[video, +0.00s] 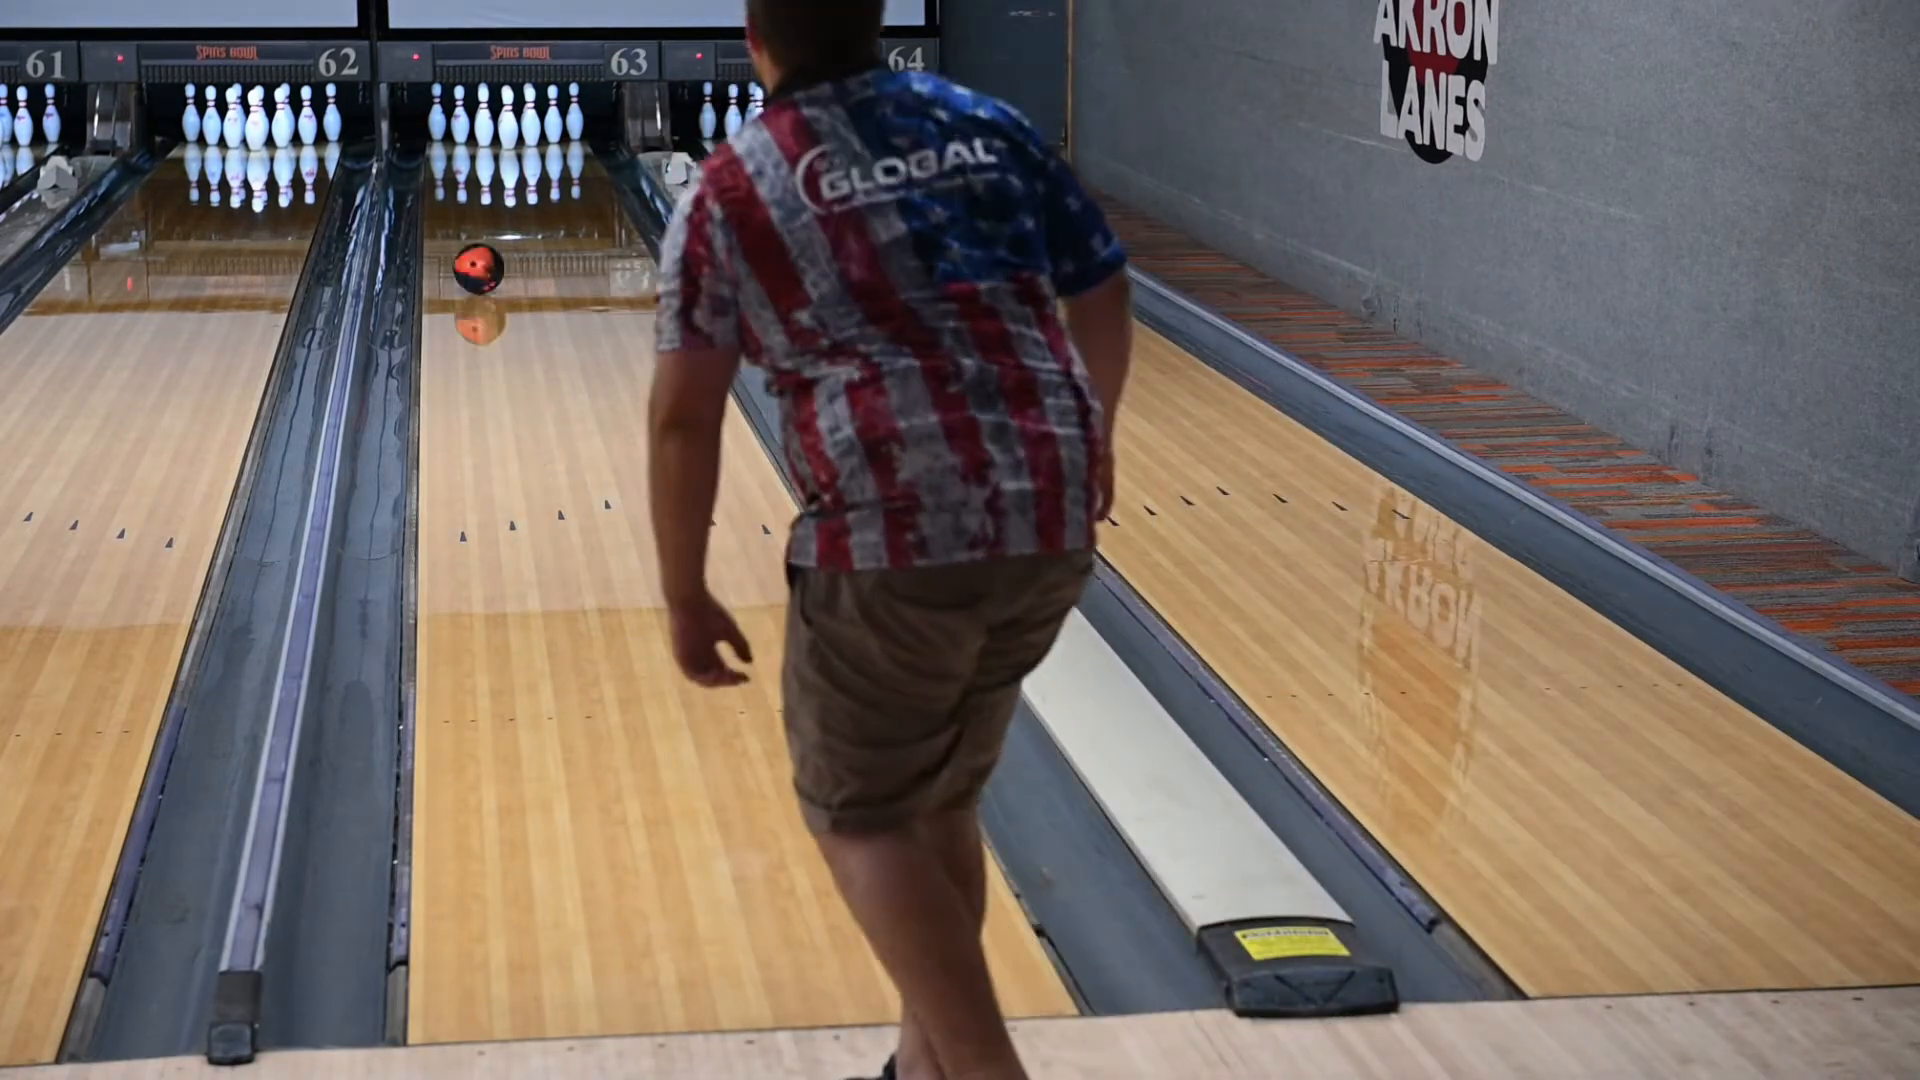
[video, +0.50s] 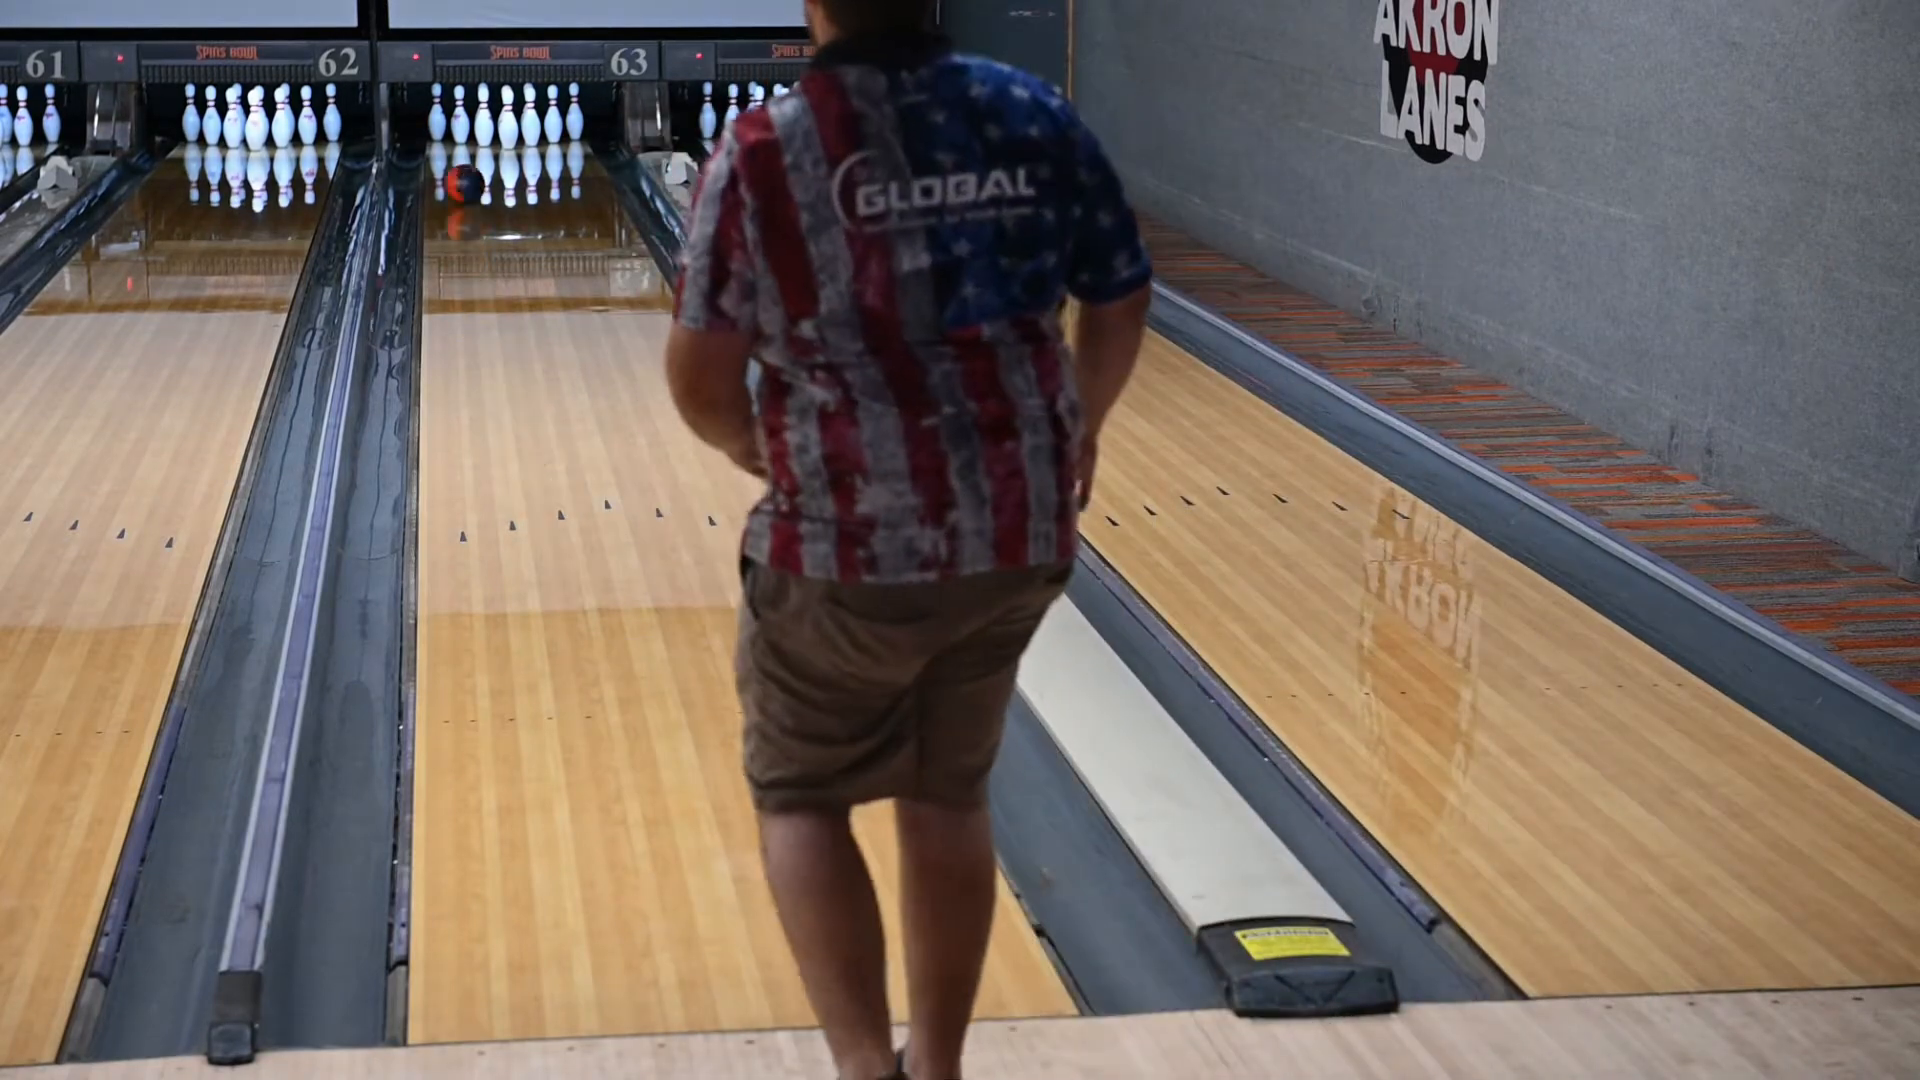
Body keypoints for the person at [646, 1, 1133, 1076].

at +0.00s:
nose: (757, 49)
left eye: (755, 37)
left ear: (759, 45)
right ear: (877, 29)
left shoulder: (733, 185)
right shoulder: (987, 126)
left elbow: (684, 415)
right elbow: (1102, 293)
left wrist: (684, 591)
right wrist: (1089, 443)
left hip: (893, 537)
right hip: (1052, 519)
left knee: (861, 810)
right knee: (948, 799)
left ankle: (988, 1072)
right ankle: (927, 1063)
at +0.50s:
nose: (801, 18)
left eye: (803, 9)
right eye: (809, 9)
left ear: (818, 11)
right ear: (934, 1)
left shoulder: (764, 148)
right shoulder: (1035, 117)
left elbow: (700, 380)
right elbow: (1121, 297)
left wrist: (778, 455)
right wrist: (1079, 424)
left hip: (847, 542)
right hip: (1022, 526)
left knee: (801, 795)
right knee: (950, 791)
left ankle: (868, 1066)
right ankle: (936, 1065)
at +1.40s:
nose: (979, 19)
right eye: (975, 9)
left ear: (836, 1)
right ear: (964, 11)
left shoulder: (735, 131)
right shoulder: (998, 183)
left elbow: (693, 323)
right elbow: (1083, 428)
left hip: (771, 585)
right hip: (948, 612)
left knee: (831, 911)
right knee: (998, 949)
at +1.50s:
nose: (994, 38)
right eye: (995, 23)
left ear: (851, 20)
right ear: (980, 28)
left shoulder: (761, 152)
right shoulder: (984, 191)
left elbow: (764, 383)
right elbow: (1079, 437)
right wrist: (1112, 386)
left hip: (794, 616)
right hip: (950, 639)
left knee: (847, 934)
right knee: (987, 990)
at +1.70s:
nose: (1058, 47)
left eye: (1055, 25)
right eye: (1049, 24)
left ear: (923, 30)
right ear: (999, 37)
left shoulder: (862, 158)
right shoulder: (971, 202)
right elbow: (1078, 452)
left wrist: (1108, 381)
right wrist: (1152, 403)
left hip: (895, 648)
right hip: (971, 673)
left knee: (935, 1017)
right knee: (971, 1035)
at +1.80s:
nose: (1098, 25)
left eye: (1091, 7)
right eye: (1077, 7)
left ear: (988, 32)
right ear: (991, 29)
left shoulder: (968, 155)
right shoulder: (949, 181)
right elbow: (1075, 443)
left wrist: (1152, 382)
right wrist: (1180, 399)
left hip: (1045, 672)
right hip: (960, 694)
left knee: (1064, 983)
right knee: (949, 1045)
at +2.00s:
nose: (1151, 20)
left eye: (1142, 0)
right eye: (1115, 4)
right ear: (1009, 29)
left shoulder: (1118, 159)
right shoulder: (941, 191)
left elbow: (1138, 379)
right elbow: (1038, 466)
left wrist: (1233, 398)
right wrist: (1229, 439)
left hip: (1152, 717)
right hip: (976, 740)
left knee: (1180, 1050)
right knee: (930, 1057)